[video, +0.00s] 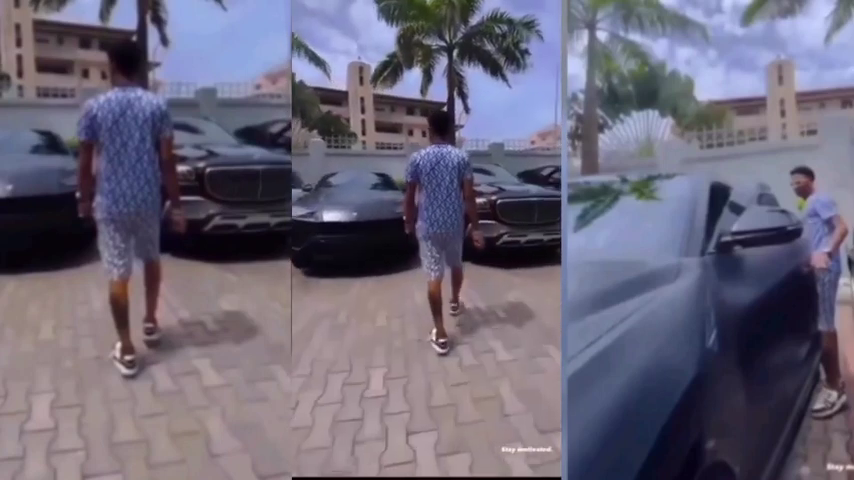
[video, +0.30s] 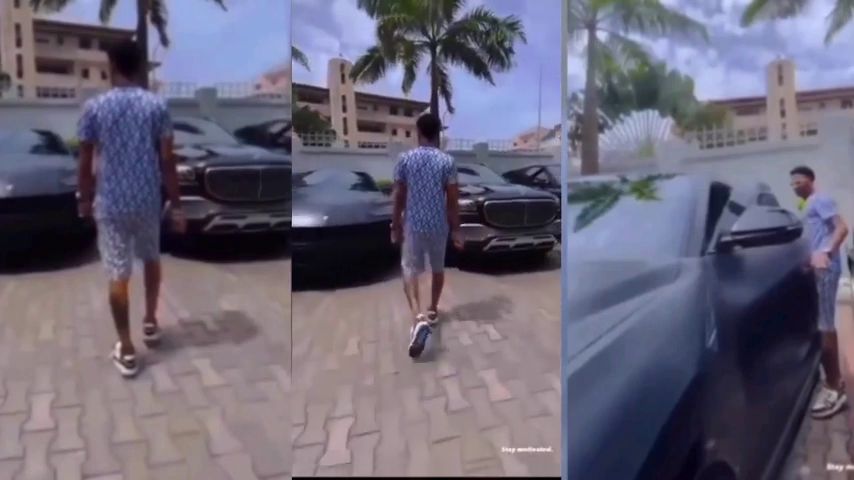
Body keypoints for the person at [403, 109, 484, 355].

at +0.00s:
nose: (430, 133)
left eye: (429, 129)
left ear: (430, 130)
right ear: (451, 130)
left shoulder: (418, 158)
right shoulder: (460, 157)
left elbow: (410, 195)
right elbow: (469, 195)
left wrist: (409, 221)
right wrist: (475, 227)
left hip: (428, 224)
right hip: (454, 223)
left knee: (434, 276)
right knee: (456, 263)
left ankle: (440, 333)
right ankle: (454, 300)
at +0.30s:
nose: (420, 136)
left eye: (418, 132)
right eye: (431, 131)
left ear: (418, 133)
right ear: (438, 133)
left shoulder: (406, 159)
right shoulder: (446, 161)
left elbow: (399, 196)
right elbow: (452, 199)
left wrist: (396, 224)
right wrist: (456, 229)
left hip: (413, 224)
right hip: (438, 224)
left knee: (410, 269)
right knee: (437, 268)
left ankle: (417, 315)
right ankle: (433, 310)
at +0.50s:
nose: (401, 133)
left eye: (401, 129)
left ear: (402, 130)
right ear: (424, 130)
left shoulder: (392, 156)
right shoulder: (432, 157)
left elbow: (386, 193)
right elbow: (440, 192)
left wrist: (386, 223)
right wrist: (439, 219)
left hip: (399, 223)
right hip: (425, 223)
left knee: (398, 268)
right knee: (425, 271)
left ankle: (403, 307)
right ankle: (420, 322)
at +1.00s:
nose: (352, 134)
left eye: (347, 129)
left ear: (345, 130)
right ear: (366, 130)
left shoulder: (336, 157)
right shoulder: (378, 155)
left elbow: (334, 196)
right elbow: (389, 193)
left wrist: (333, 228)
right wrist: (394, 222)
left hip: (351, 223)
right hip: (378, 222)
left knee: (357, 271)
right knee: (387, 265)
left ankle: (365, 313)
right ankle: (384, 305)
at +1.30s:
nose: (336, 137)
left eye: (328, 133)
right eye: (340, 133)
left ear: (321, 133)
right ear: (342, 133)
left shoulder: (309, 157)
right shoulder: (352, 158)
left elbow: (299, 193)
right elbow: (360, 195)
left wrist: (301, 222)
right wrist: (368, 223)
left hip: (320, 224)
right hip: (348, 223)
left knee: (330, 277)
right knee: (354, 262)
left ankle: (339, 331)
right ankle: (355, 296)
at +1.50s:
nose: (325, 141)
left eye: (319, 135)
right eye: (330, 137)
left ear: (313, 135)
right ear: (334, 137)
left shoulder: (299, 160)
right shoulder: (342, 163)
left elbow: (293, 197)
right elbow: (349, 198)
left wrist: (295, 226)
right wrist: (356, 225)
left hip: (308, 226)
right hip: (336, 225)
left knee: (313, 277)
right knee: (340, 263)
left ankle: (319, 327)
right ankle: (338, 301)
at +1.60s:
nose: (323, 138)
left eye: (315, 133)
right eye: (327, 135)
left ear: (308, 134)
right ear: (329, 135)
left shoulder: (296, 159)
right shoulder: (336, 161)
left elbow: (295, 189)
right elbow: (344, 196)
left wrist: (297, 218)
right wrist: (351, 225)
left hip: (305, 221)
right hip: (332, 220)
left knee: (304, 266)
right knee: (335, 264)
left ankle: (310, 310)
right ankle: (331, 308)